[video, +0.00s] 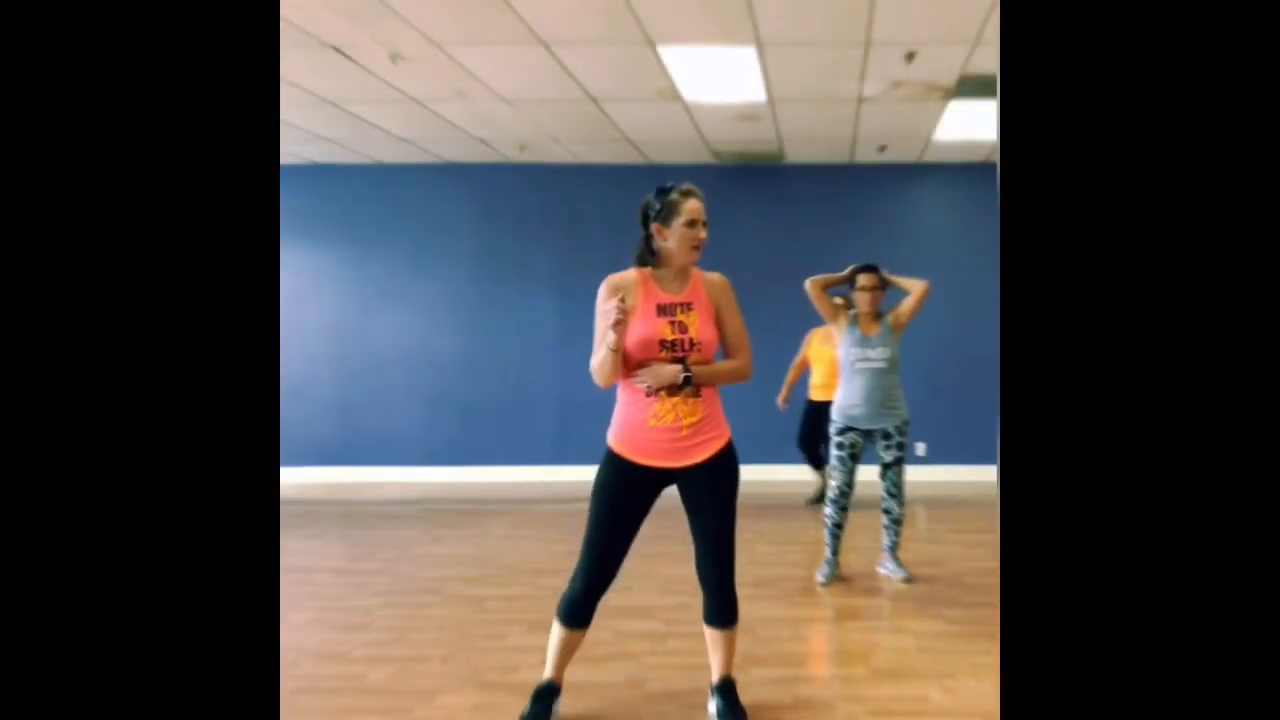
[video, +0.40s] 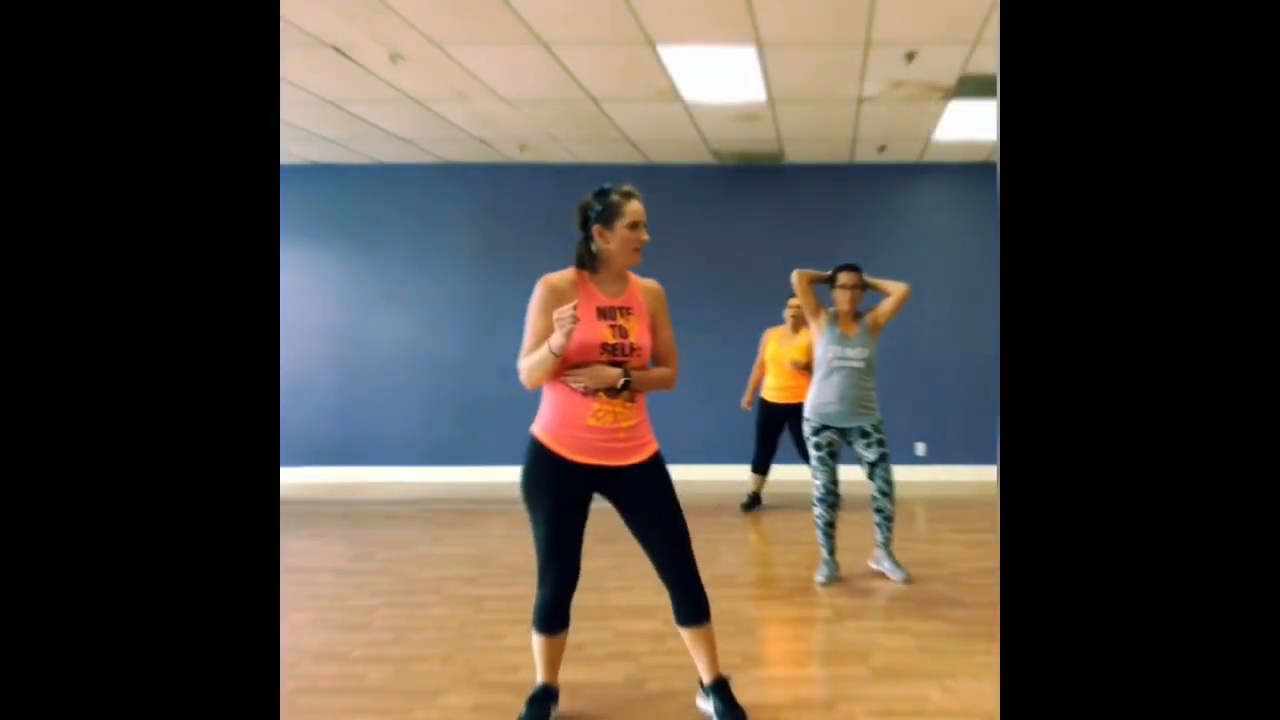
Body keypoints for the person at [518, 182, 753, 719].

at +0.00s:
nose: (703, 234)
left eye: (705, 224)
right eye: (692, 225)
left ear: (701, 231)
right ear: (658, 230)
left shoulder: (714, 287)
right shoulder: (619, 288)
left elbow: (742, 367)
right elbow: (604, 377)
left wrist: (684, 372)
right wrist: (612, 337)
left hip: (707, 451)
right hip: (633, 452)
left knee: (718, 576)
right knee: (591, 578)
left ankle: (723, 689)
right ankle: (548, 686)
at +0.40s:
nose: (644, 236)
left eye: (644, 226)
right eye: (634, 227)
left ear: (634, 233)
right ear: (599, 233)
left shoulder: (649, 295)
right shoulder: (555, 289)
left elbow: (667, 374)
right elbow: (528, 377)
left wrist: (620, 377)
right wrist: (557, 344)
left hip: (634, 457)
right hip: (560, 457)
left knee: (682, 572)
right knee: (556, 580)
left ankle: (714, 686)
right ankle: (545, 690)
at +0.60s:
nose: (628, 228)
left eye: (629, 218)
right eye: (618, 219)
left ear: (615, 227)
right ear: (584, 225)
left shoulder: (629, 285)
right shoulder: (542, 281)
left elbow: (647, 365)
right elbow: (510, 367)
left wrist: (608, 370)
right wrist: (549, 335)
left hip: (619, 448)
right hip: (549, 451)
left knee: (670, 551)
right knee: (553, 572)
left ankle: (682, 687)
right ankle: (544, 689)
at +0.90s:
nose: (617, 226)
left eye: (620, 216)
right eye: (606, 217)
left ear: (622, 223)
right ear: (573, 224)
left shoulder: (636, 282)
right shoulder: (541, 276)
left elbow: (658, 360)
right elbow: (521, 352)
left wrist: (614, 365)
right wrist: (572, 281)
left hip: (624, 448)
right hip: (553, 449)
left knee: (653, 566)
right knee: (554, 572)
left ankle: (663, 696)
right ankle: (544, 689)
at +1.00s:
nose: (613, 228)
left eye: (620, 218)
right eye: (601, 220)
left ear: (626, 225)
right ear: (574, 229)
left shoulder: (645, 285)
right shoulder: (548, 275)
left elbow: (664, 367)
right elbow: (525, 337)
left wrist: (613, 368)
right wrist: (570, 269)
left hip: (627, 449)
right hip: (553, 450)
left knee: (674, 558)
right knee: (553, 573)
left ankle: (684, 688)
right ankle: (543, 690)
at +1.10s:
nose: (615, 231)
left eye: (623, 221)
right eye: (603, 222)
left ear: (634, 228)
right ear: (583, 233)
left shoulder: (660, 290)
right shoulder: (562, 282)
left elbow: (679, 373)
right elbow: (528, 337)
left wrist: (620, 373)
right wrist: (571, 272)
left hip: (635, 452)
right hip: (560, 450)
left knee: (681, 574)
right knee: (555, 576)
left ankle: (708, 677)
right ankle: (544, 689)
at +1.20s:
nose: (621, 234)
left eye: (629, 224)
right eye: (610, 226)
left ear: (645, 231)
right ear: (596, 238)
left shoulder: (676, 291)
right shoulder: (583, 289)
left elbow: (700, 373)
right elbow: (540, 340)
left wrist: (637, 376)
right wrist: (581, 273)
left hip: (650, 457)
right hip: (578, 450)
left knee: (675, 581)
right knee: (562, 576)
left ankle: (720, 678)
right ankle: (545, 689)